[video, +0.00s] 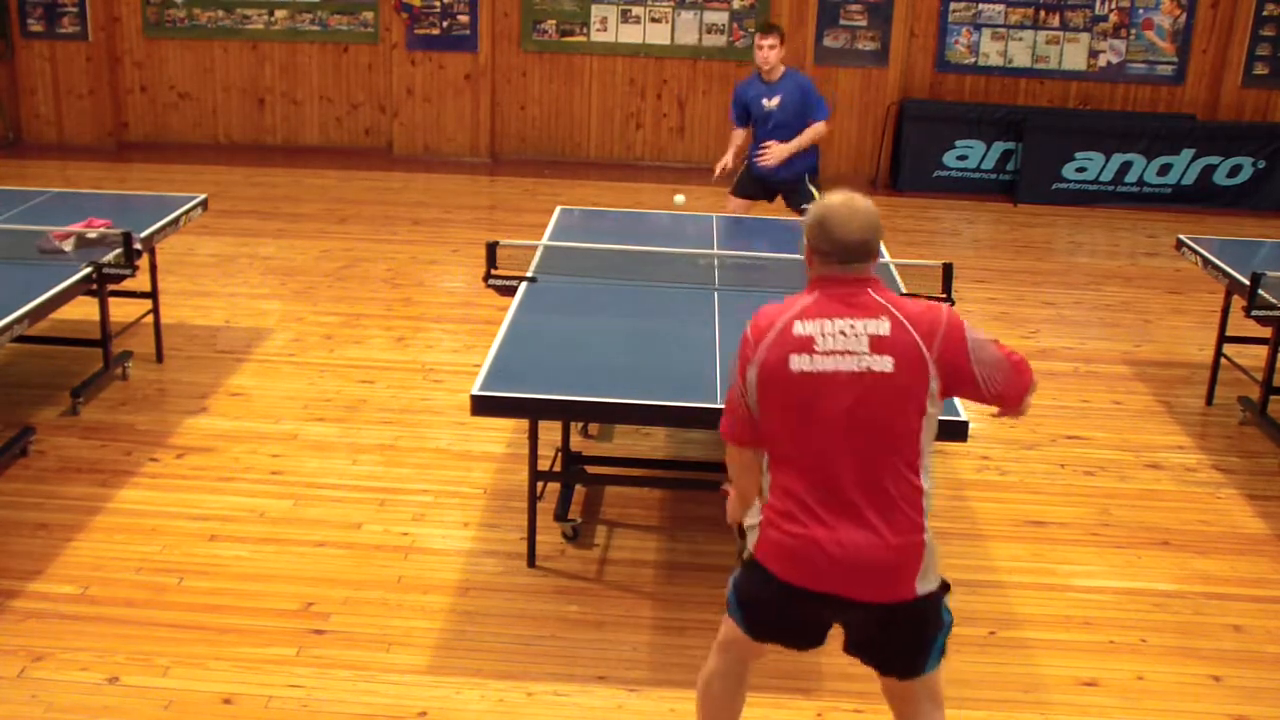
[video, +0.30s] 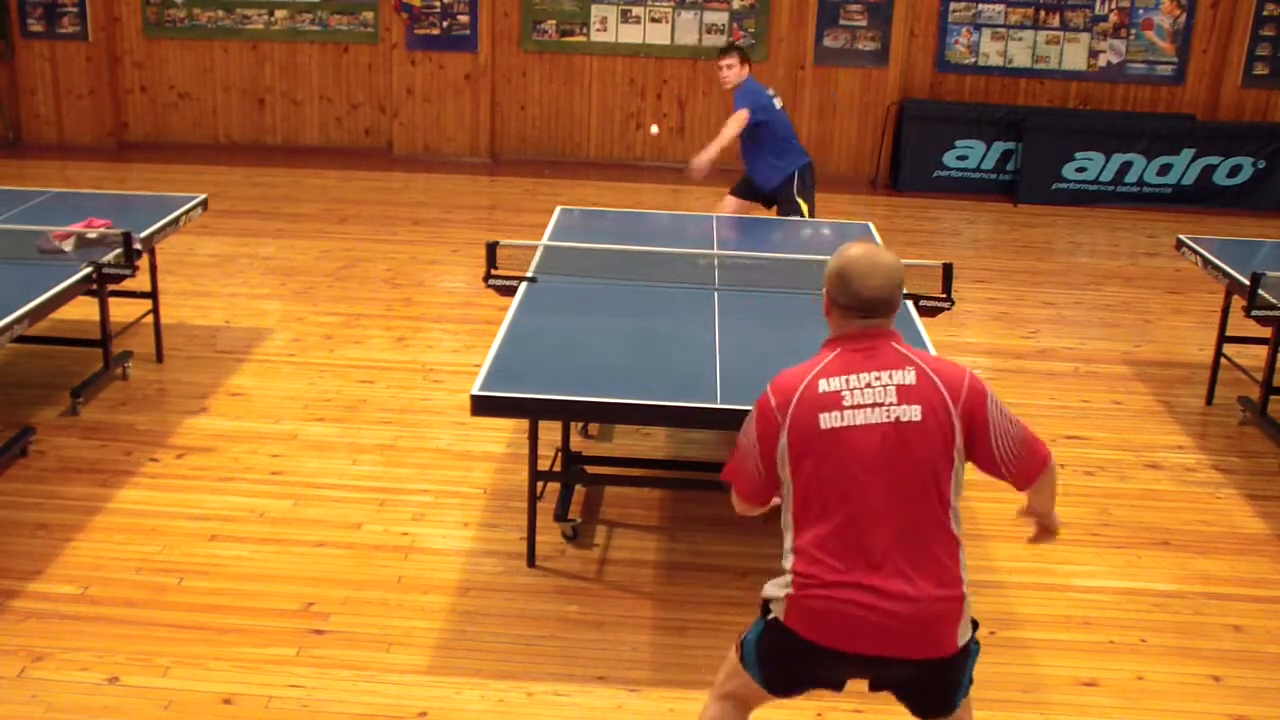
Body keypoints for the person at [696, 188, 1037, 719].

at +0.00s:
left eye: (804, 245)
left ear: (809, 252)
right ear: (880, 252)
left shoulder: (768, 326)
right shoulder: (931, 325)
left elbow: (740, 436)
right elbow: (1015, 386)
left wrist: (744, 495)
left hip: (790, 558)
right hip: (894, 568)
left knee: (733, 647)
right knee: (917, 697)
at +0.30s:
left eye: (822, 292)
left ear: (827, 303)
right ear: (899, 305)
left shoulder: (787, 392)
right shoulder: (954, 385)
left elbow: (746, 500)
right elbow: (1038, 464)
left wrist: (793, 470)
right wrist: (1044, 513)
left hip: (818, 630)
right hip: (929, 638)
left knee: (731, 696)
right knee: (953, 709)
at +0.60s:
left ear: (822, 288)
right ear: (895, 290)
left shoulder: (780, 371)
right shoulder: (946, 370)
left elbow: (739, 486)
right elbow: (1016, 462)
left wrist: (763, 490)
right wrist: (995, 516)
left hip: (810, 619)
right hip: (922, 625)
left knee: (727, 706)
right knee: (939, 710)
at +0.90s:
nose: (703, 304)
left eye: (705, 296)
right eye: (706, 293)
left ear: (715, 308)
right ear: (782, 302)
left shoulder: (695, 399)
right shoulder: (849, 372)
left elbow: (585, 444)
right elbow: (936, 447)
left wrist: (569, 381)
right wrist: (1008, 502)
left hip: (753, 624)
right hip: (860, 620)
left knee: (654, 675)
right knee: (890, 706)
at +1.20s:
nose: (756, 290)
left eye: (759, 280)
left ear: (766, 294)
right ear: (839, 293)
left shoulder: (741, 392)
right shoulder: (891, 377)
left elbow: (649, 466)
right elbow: (960, 439)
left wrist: (576, 397)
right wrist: (984, 475)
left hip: (747, 617)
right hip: (858, 624)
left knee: (664, 689)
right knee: (879, 712)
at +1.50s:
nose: (869, 268)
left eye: (873, 260)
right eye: (877, 256)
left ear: (879, 281)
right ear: (950, 287)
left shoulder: (854, 379)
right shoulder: (989, 370)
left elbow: (794, 501)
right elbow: (1031, 444)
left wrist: (706, 531)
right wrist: (994, 471)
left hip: (837, 630)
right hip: (938, 636)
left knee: (753, 706)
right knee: (914, 713)